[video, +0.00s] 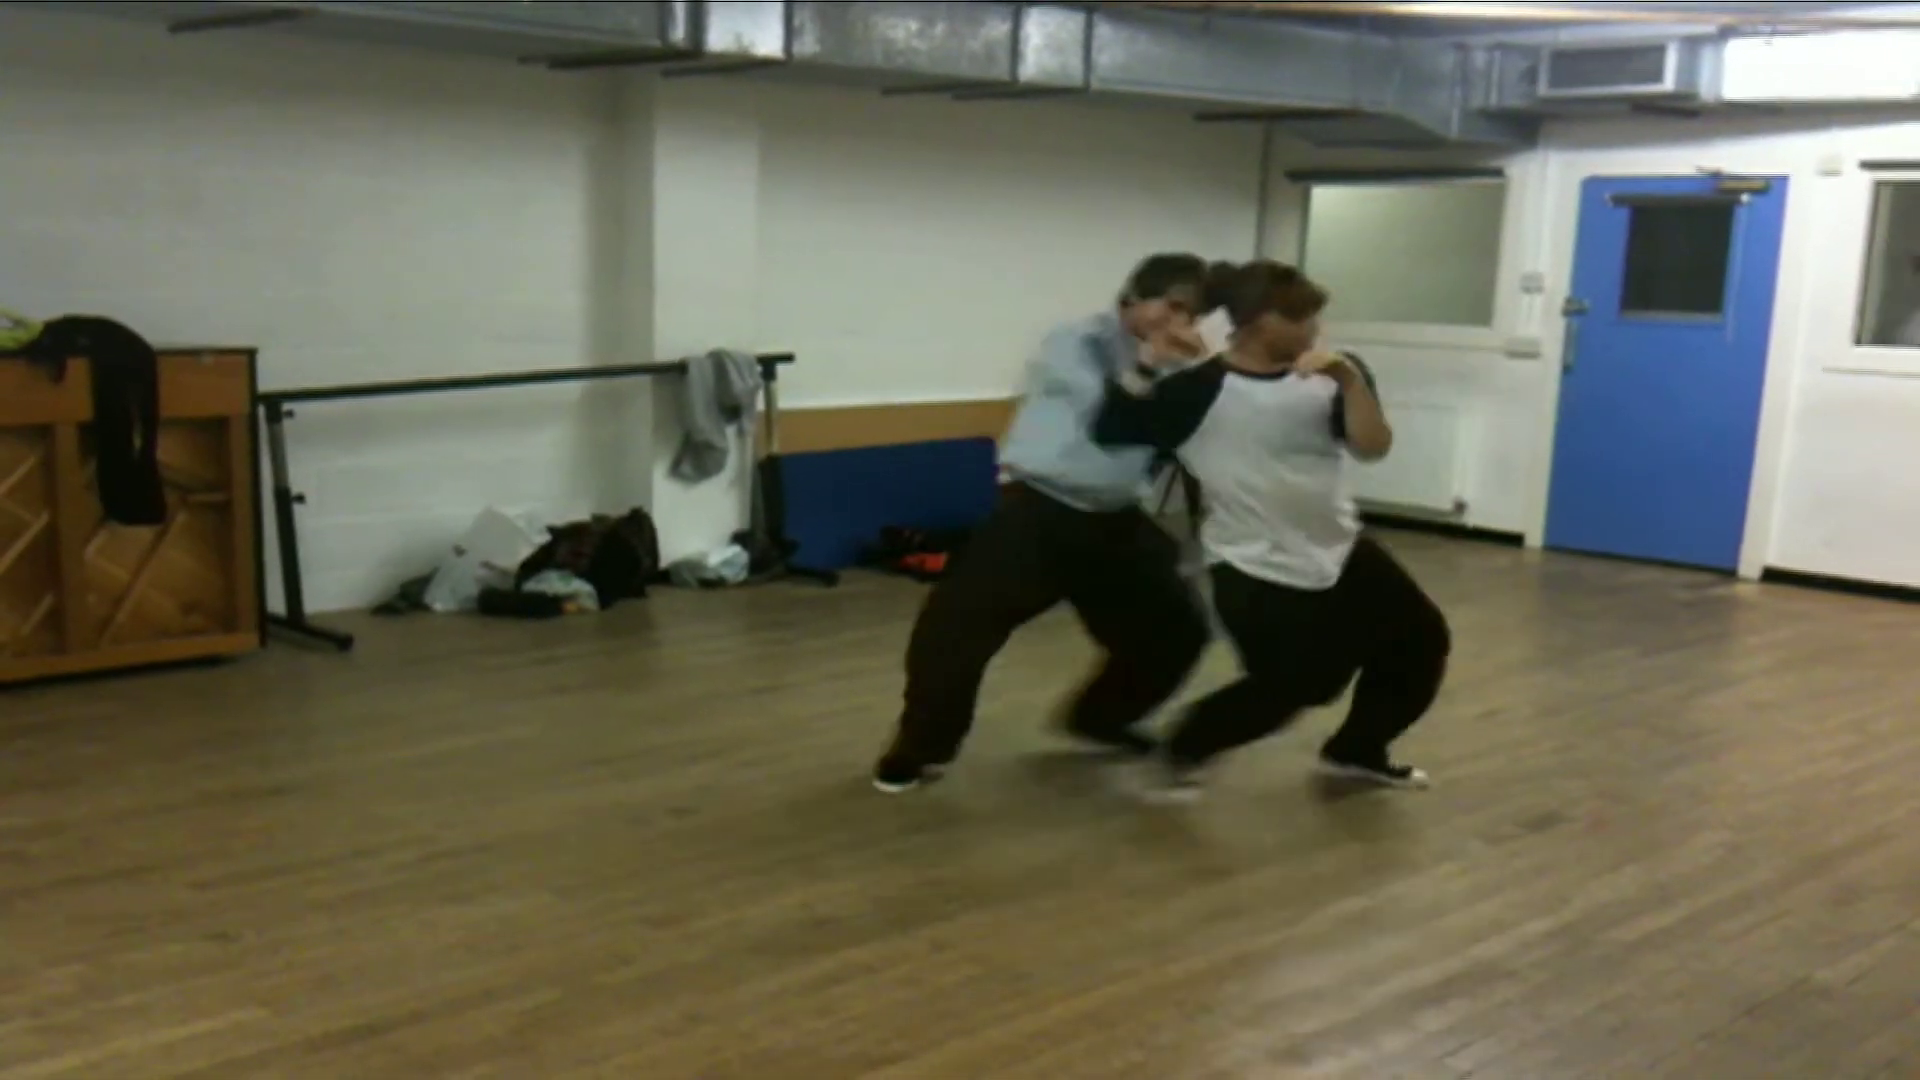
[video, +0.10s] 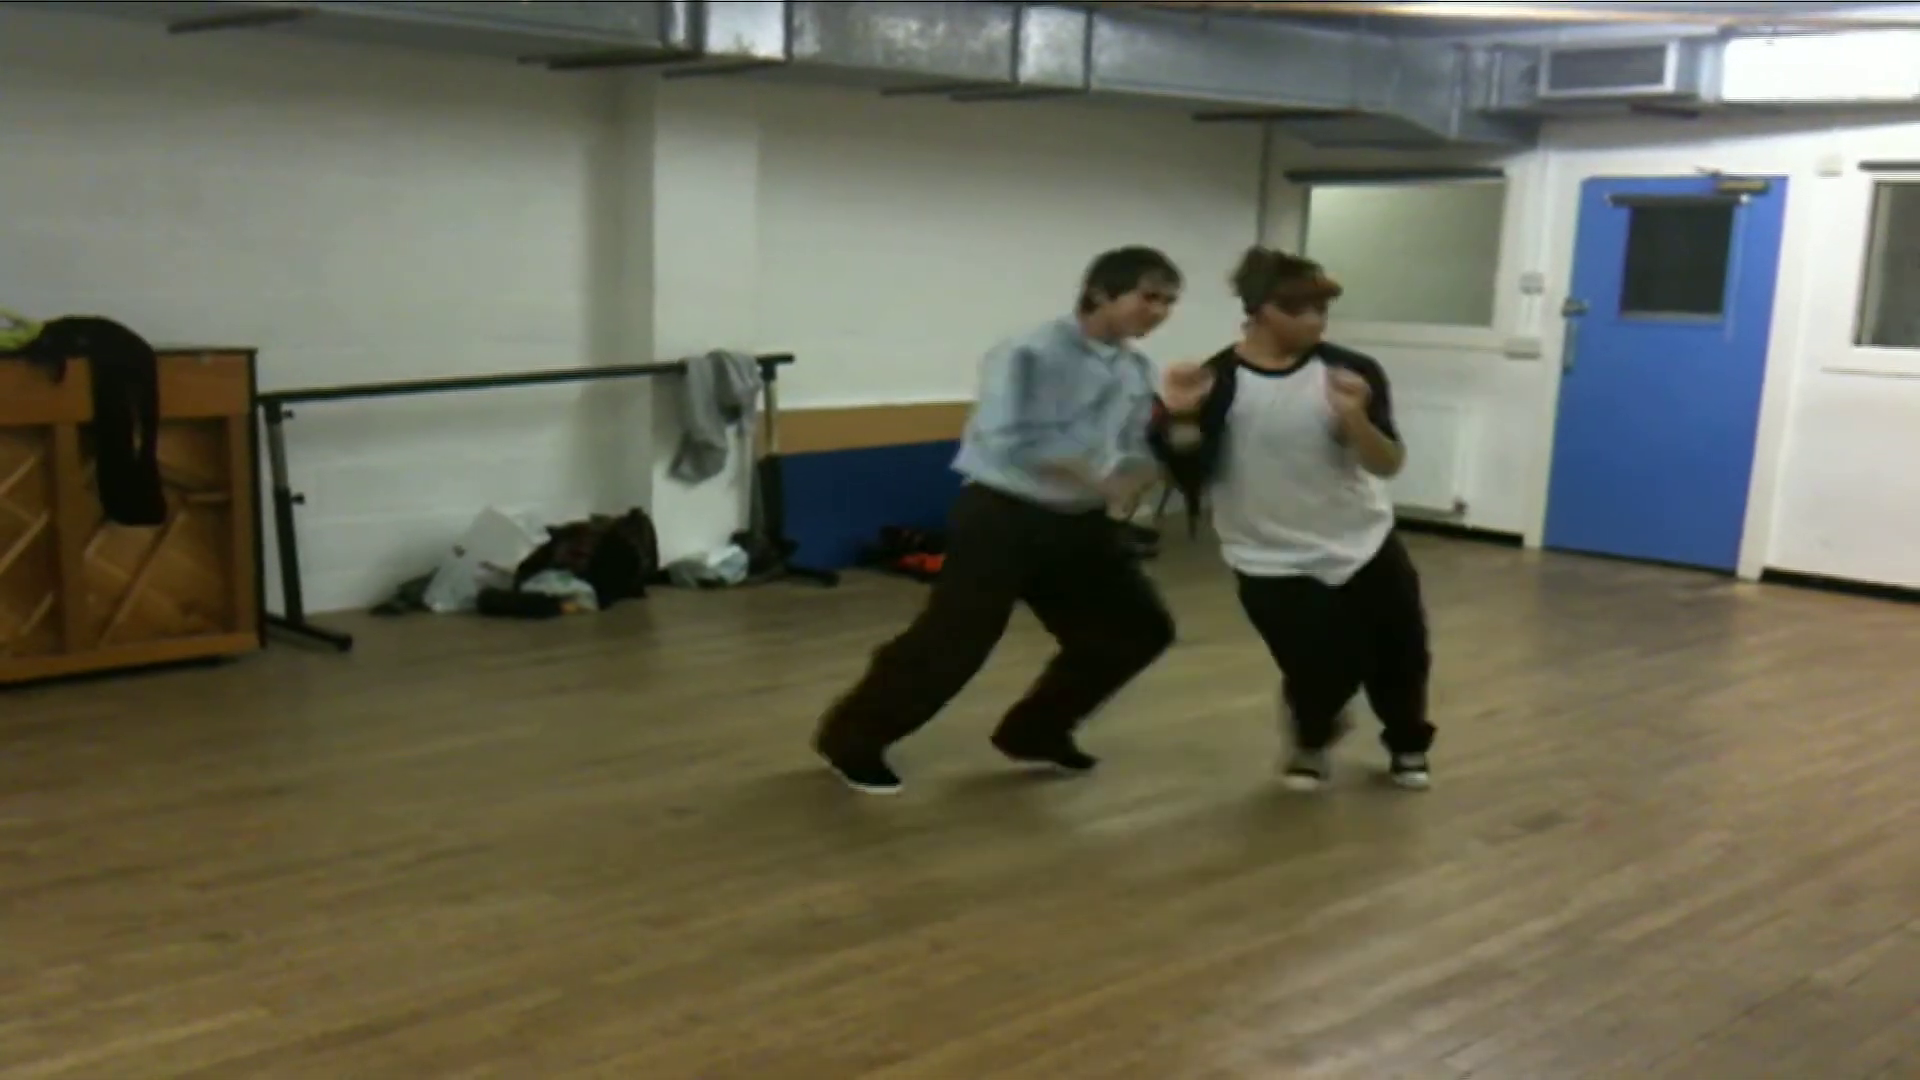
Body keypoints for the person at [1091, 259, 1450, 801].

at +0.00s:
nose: (1311, 330)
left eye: (1312, 318)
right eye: (1299, 318)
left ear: (1270, 324)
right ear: (1260, 322)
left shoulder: (1324, 386)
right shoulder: (1199, 391)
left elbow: (1372, 446)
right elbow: (1108, 428)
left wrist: (1350, 378)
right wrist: (1149, 363)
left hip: (1336, 552)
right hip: (1253, 565)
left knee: (1418, 640)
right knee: (1305, 676)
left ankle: (1358, 751)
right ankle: (1180, 748)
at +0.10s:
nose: (1314, 321)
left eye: (1320, 308)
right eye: (1298, 309)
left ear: (1327, 309)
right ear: (1259, 312)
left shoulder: (1353, 373)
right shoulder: (1214, 381)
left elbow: (1390, 463)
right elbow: (1189, 475)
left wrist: (1357, 424)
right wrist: (1181, 419)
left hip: (1361, 543)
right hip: (1270, 558)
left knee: (1401, 651)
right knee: (1324, 668)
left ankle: (1409, 748)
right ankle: (1309, 739)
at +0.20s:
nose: (1288, 321)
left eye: (1302, 310)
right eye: (1276, 308)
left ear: (1321, 315)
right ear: (1253, 310)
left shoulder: (1359, 373)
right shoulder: (1212, 385)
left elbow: (1444, 444)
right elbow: (1223, 485)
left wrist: (1422, 450)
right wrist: (1216, 454)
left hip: (1357, 549)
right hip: (1267, 566)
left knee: (1390, 659)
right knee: (1308, 675)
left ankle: (1417, 738)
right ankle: (1342, 746)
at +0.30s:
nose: (1261, 324)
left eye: (1278, 314)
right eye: (1255, 312)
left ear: (1314, 325)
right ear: (1246, 314)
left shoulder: (1353, 378)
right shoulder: (1222, 394)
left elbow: (1437, 411)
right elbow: (1204, 490)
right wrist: (1223, 468)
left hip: (1335, 549)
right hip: (1249, 562)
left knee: (1312, 655)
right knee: (1283, 678)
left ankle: (1368, 745)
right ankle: (1336, 757)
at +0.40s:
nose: (1257, 336)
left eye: (1274, 326)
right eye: (1254, 323)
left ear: (1312, 334)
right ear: (1247, 324)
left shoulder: (1351, 386)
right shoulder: (1235, 403)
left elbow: (1478, 426)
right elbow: (1212, 486)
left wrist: (1549, 507)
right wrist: (1230, 457)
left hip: (1329, 553)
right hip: (1243, 566)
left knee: (1249, 643)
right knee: (1261, 680)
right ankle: (1346, 754)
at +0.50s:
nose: (1263, 332)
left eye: (1280, 322)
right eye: (1260, 318)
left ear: (1319, 330)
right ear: (1255, 320)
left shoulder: (1363, 381)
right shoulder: (1242, 389)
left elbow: (1478, 429)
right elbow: (1199, 444)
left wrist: (1538, 505)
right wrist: (1244, 414)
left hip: (1314, 560)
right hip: (1235, 565)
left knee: (1229, 666)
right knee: (1262, 679)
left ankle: (1155, 794)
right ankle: (1356, 751)